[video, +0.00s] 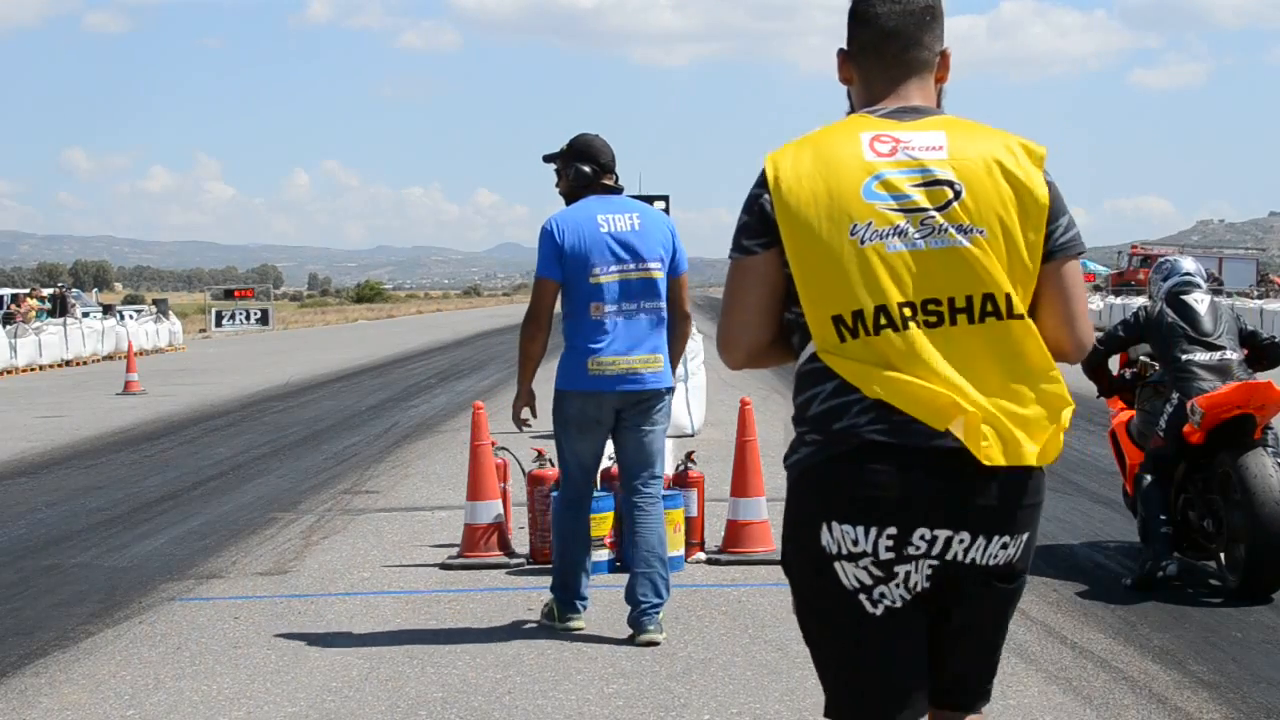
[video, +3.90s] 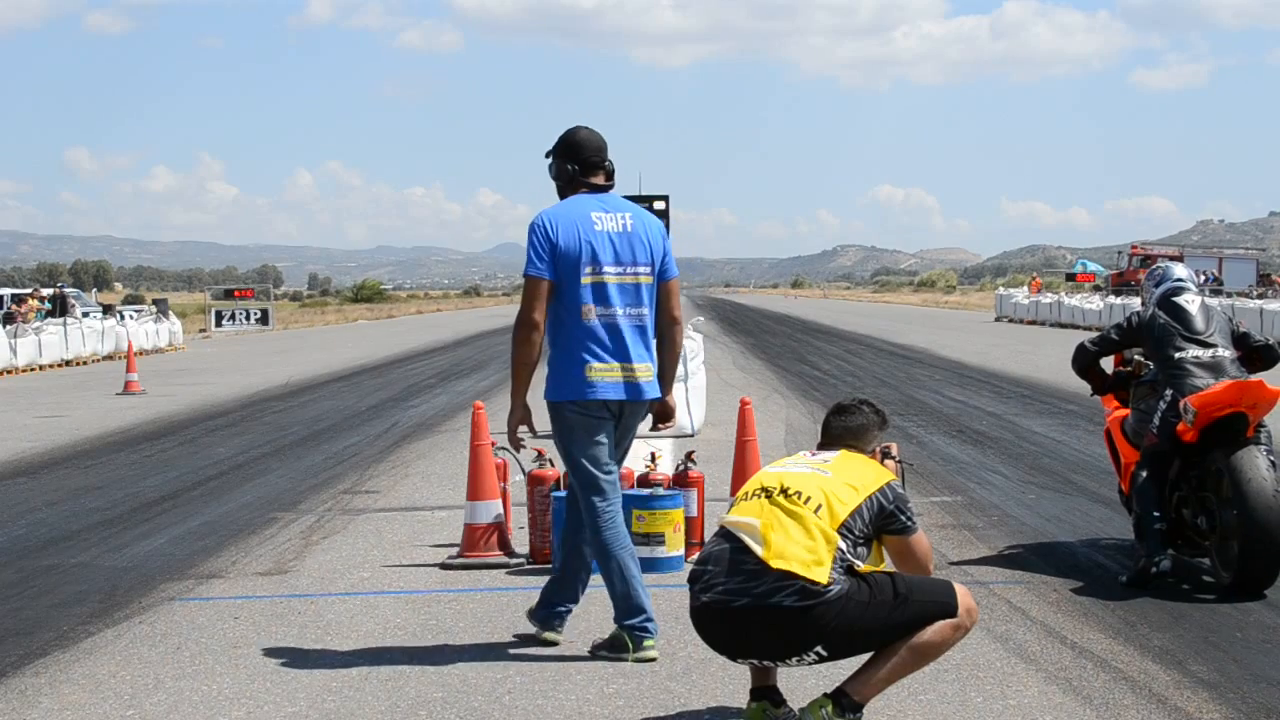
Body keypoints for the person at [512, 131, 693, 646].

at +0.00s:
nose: (556, 183)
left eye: (559, 175)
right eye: (556, 175)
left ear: (576, 176)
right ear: (612, 177)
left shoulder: (562, 227)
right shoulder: (661, 224)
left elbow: (540, 316)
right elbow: (681, 313)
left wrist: (524, 381)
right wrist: (666, 370)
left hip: (584, 382)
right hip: (651, 378)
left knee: (574, 491)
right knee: (645, 492)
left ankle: (569, 604)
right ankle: (648, 614)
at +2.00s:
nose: (603, 167)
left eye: (610, 158)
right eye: (603, 157)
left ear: (640, 160)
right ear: (656, 162)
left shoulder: (625, 215)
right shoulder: (708, 214)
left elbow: (610, 314)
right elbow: (724, 307)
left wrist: (588, 391)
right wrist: (700, 359)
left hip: (636, 383)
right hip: (697, 381)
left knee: (634, 507)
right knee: (698, 503)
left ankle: (639, 630)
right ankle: (706, 627)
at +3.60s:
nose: (582, 170)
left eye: (581, 164)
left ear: (583, 167)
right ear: (633, 165)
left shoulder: (568, 222)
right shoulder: (674, 222)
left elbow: (543, 317)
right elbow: (694, 317)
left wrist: (530, 393)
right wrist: (689, 387)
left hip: (594, 387)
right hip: (659, 385)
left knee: (613, 503)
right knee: (651, 495)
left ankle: (639, 632)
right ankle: (656, 614)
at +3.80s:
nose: (563, 176)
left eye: (563, 169)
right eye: (565, 169)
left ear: (571, 171)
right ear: (619, 171)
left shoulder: (558, 223)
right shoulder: (661, 225)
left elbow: (537, 321)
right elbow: (681, 319)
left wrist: (522, 398)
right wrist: (672, 389)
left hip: (584, 387)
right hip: (648, 385)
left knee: (608, 503)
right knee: (605, 498)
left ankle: (639, 630)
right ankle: (573, 610)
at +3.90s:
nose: (552, 178)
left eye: (553, 170)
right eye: (552, 170)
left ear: (564, 172)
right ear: (609, 173)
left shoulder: (552, 223)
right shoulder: (650, 224)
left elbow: (532, 321)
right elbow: (672, 319)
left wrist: (519, 398)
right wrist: (665, 390)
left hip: (578, 388)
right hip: (638, 387)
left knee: (603, 504)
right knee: (586, 496)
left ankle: (638, 629)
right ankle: (551, 615)